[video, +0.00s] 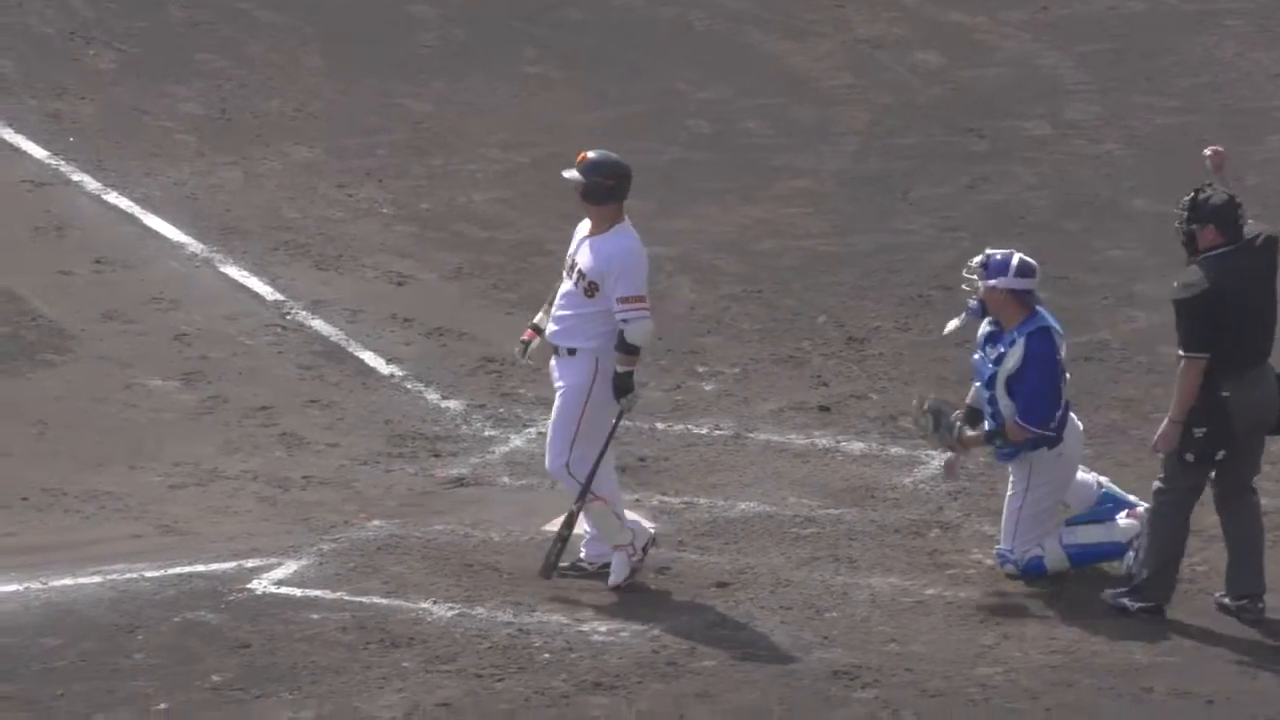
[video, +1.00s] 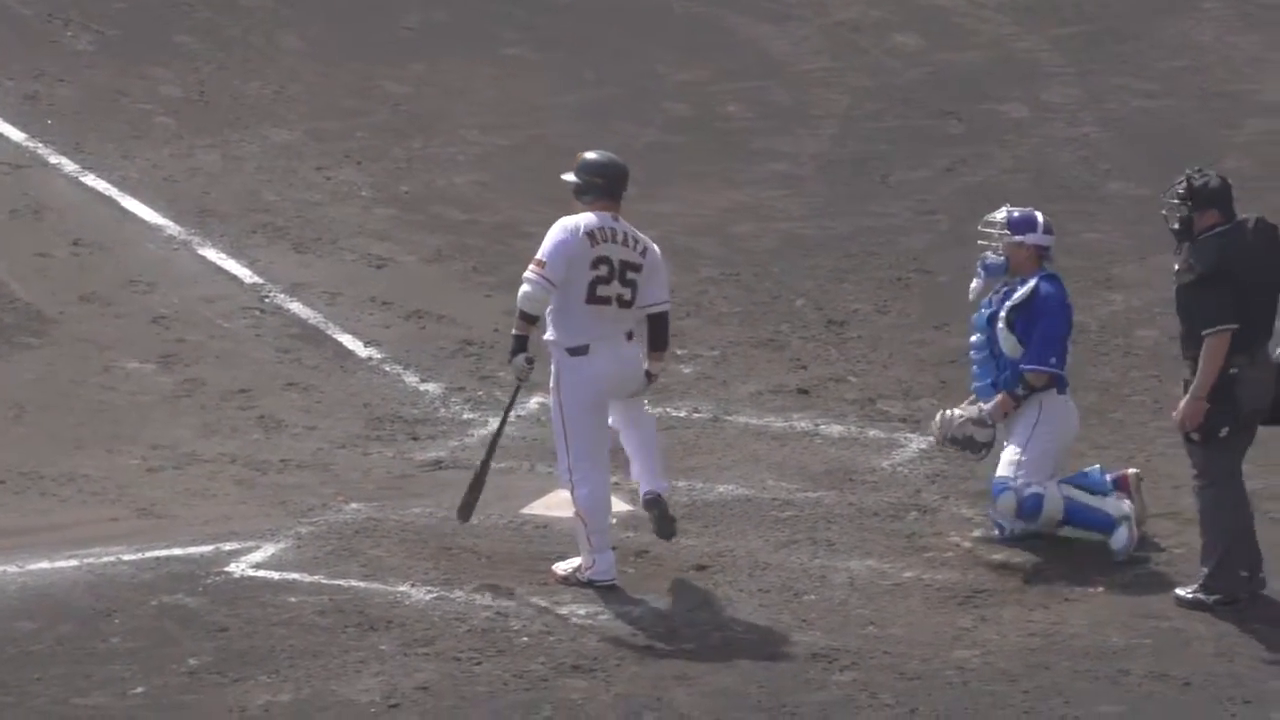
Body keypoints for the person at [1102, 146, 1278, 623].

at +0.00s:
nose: (1187, 234)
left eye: (1192, 227)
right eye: (1189, 226)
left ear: (1208, 233)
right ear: (1230, 229)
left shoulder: (1198, 286)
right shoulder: (1265, 253)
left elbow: (1194, 364)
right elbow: (1237, 221)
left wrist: (1173, 421)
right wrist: (1222, 177)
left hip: (1212, 400)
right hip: (1258, 389)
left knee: (1174, 494)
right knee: (1238, 489)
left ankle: (1150, 592)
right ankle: (1248, 593)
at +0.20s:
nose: (1201, 227)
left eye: (1205, 221)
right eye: (1204, 219)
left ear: (1222, 224)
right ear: (1246, 218)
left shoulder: (1216, 270)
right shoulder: (1270, 245)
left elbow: (1216, 351)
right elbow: (1246, 219)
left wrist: (1198, 419)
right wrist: (1230, 174)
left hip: (1235, 393)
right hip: (1272, 386)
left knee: (1185, 485)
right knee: (1249, 481)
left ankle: (1159, 583)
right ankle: (1253, 586)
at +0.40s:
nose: (1209, 220)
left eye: (1215, 213)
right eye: (1210, 212)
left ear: (1234, 218)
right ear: (1254, 215)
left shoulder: (1227, 266)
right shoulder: (1272, 248)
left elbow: (1227, 346)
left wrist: (1216, 411)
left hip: (1240, 396)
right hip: (1272, 393)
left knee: (1192, 482)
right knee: (1256, 480)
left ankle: (1219, 582)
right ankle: (1257, 583)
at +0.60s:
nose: (1207, 219)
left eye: (1211, 211)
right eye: (1208, 211)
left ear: (1229, 216)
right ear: (1253, 213)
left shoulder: (1223, 260)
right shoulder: (1272, 244)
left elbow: (1223, 340)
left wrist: (1209, 405)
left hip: (1244, 384)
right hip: (1269, 381)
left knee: (1225, 484)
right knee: (1259, 477)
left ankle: (1244, 585)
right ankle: (1260, 572)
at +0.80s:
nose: (1185, 218)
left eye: (1190, 211)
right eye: (1186, 210)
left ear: (1209, 215)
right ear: (1233, 211)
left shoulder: (1207, 263)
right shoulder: (1268, 241)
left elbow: (1213, 339)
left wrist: (1198, 402)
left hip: (1240, 382)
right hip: (1272, 376)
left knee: (1222, 476)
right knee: (1233, 471)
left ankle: (1231, 583)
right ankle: (1236, 574)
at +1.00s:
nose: (1177, 216)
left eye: (1182, 208)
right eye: (1178, 208)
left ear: (1203, 213)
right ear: (1222, 209)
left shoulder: (1207, 258)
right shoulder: (1256, 239)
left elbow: (1218, 334)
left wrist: (1196, 396)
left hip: (1222, 382)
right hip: (1251, 376)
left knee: (1213, 483)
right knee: (1225, 477)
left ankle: (1221, 580)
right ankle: (1244, 572)